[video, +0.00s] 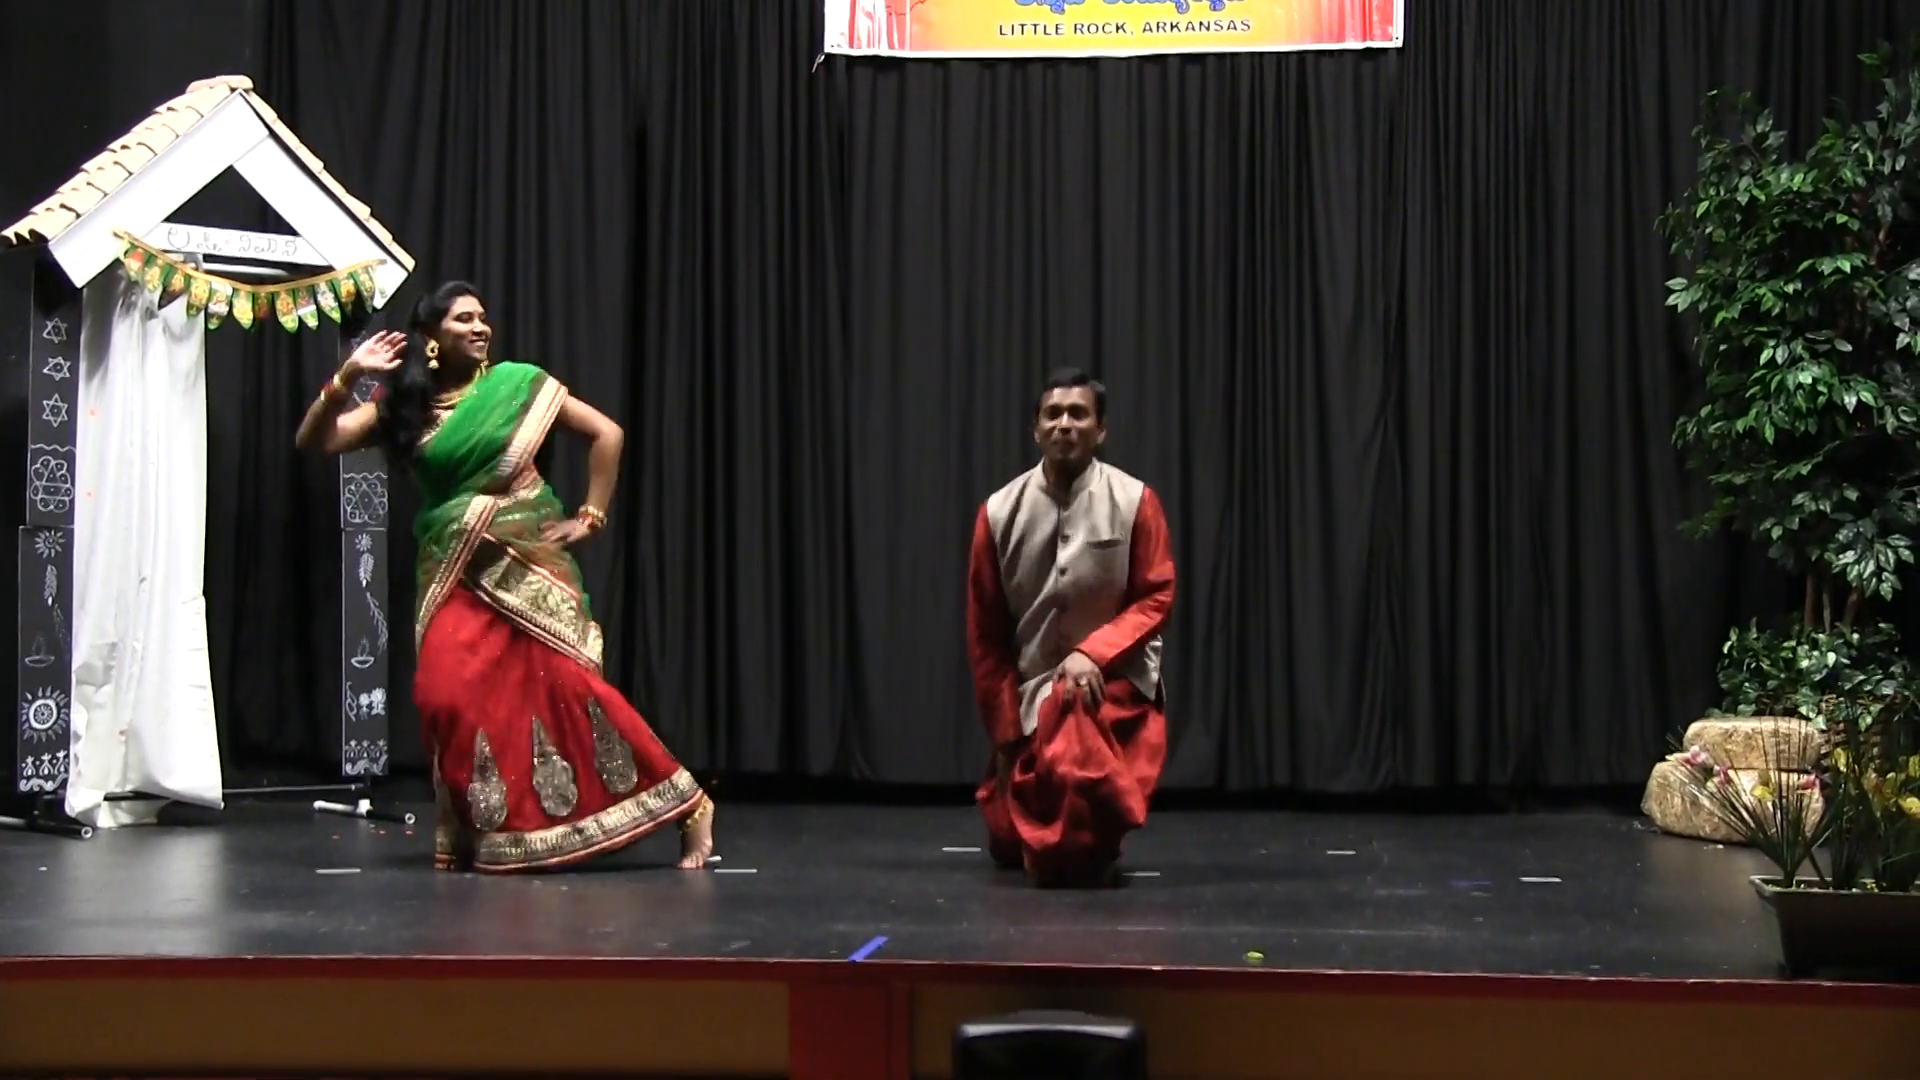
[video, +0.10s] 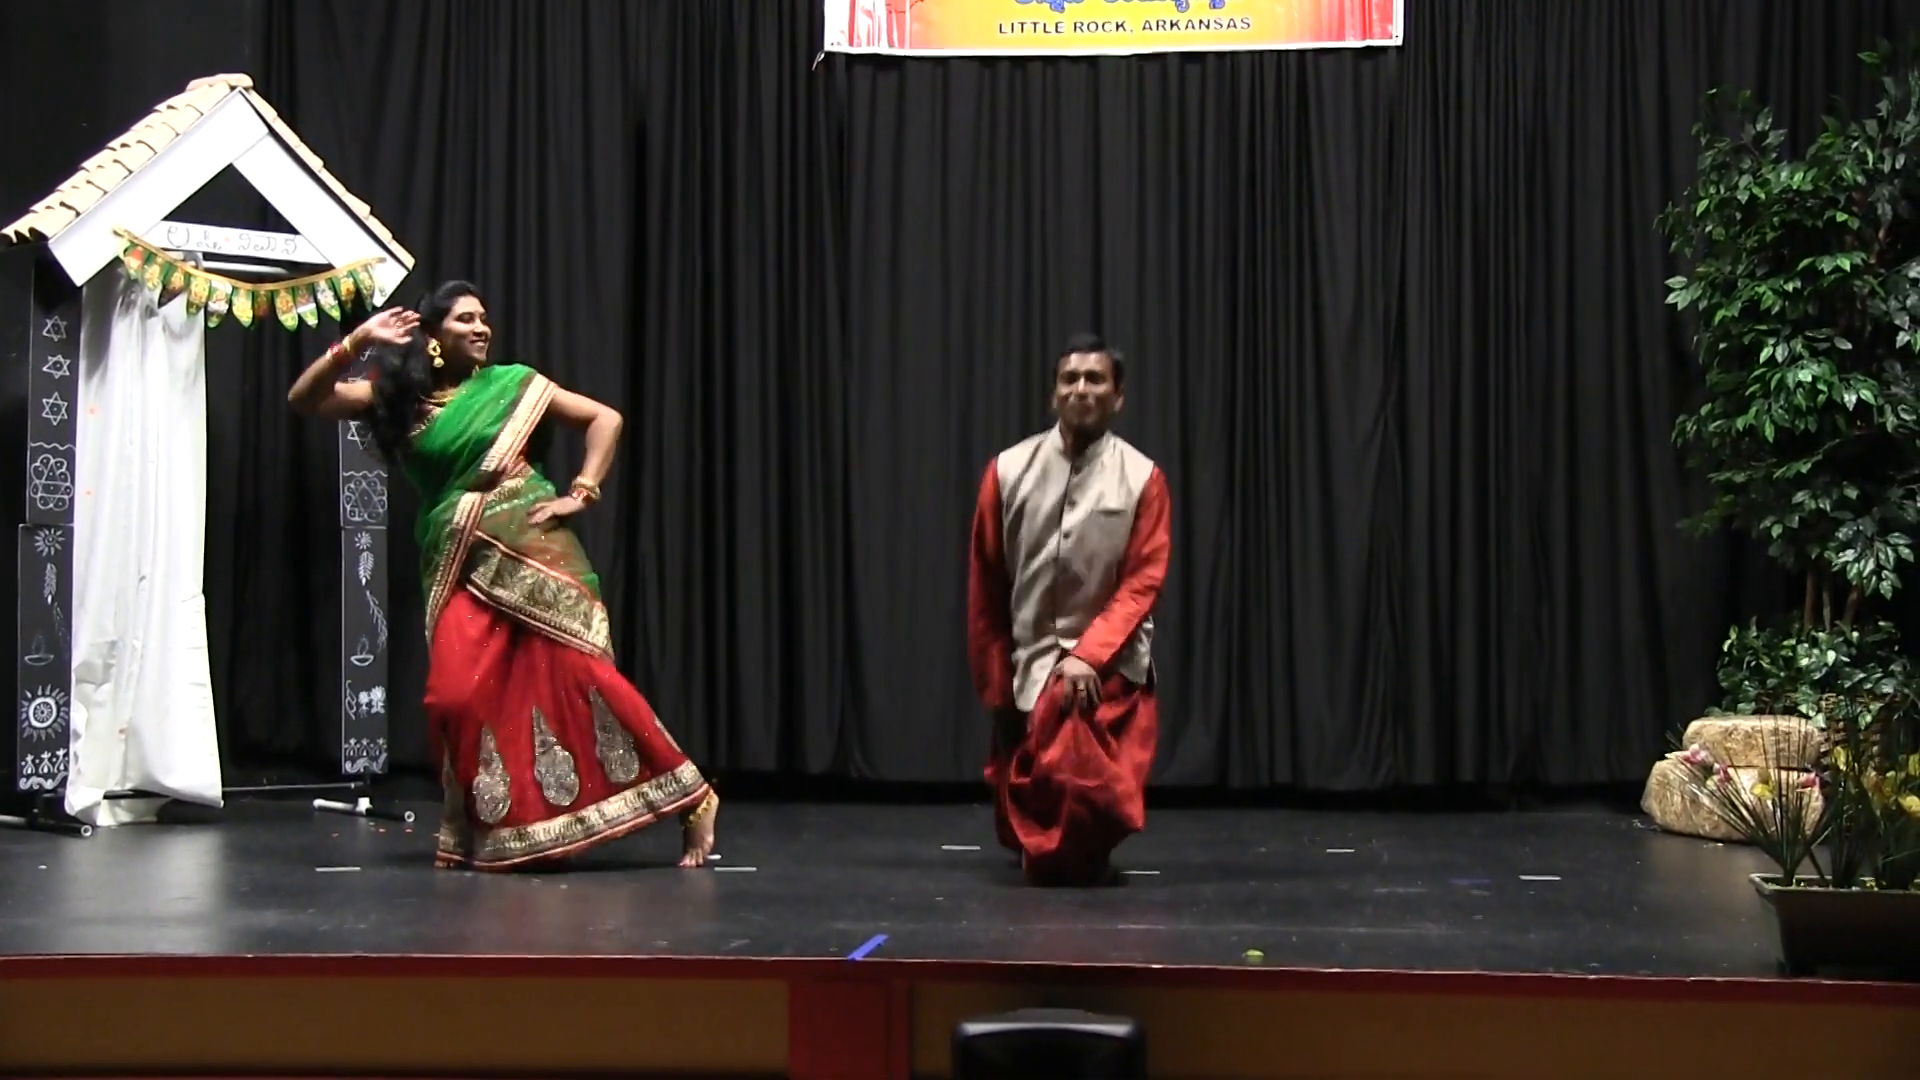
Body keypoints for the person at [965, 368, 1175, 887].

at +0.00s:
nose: (1064, 425)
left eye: (1078, 414)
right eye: (1053, 414)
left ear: (1100, 428)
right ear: (1037, 427)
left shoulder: (1133, 501)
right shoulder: (1000, 511)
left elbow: (1156, 596)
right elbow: (987, 631)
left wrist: (1091, 653)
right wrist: (1006, 731)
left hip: (1118, 682)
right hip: (1031, 692)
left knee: (1069, 699)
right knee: (1011, 840)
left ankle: (1090, 849)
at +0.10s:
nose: (1081, 389)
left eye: (1095, 379)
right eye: (1071, 379)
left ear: (1117, 397)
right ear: (1055, 393)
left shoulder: (1141, 478)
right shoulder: (1008, 471)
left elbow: (1143, 583)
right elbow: (987, 583)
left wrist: (1089, 655)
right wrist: (995, 682)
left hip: (1112, 655)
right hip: (1028, 659)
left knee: (1064, 706)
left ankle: (1082, 851)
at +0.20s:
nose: (1086, 335)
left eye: (1099, 325)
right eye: (1076, 324)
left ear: (1122, 344)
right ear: (1060, 338)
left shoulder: (1143, 432)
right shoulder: (1011, 414)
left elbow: (1141, 540)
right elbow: (982, 518)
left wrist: (1102, 629)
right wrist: (986, 617)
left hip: (1105, 603)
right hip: (1026, 602)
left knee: (1091, 712)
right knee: (1025, 725)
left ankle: (1084, 848)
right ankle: (1054, 838)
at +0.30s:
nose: (1076, 262)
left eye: (1088, 251)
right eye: (1065, 253)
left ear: (1111, 266)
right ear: (1049, 269)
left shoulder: (1142, 359)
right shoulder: (1010, 345)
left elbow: (1155, 469)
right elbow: (980, 451)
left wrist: (1120, 569)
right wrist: (983, 555)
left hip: (1105, 549)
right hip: (1025, 547)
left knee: (1097, 686)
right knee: (1027, 686)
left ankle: (1093, 845)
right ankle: (1051, 808)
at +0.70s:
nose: (1061, 305)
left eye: (1074, 293)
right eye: (1050, 294)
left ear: (1099, 305)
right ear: (1035, 304)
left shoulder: (1130, 396)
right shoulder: (997, 384)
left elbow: (1149, 511)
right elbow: (954, 479)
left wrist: (1126, 616)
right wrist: (997, 553)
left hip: (1097, 595)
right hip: (1013, 586)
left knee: (1120, 712)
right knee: (992, 708)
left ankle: (1115, 807)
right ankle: (999, 839)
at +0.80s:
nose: (1062, 379)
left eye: (1076, 366)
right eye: (1051, 367)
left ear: (1102, 377)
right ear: (1038, 377)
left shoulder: (1130, 468)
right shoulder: (998, 449)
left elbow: (1143, 584)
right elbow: (956, 551)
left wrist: (1124, 684)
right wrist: (1009, 620)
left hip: (1086, 627)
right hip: (1009, 621)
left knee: (1101, 720)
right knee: (980, 736)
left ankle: (1117, 817)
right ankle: (1004, 849)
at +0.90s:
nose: (1067, 430)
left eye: (1080, 417)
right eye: (1055, 418)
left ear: (1105, 429)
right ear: (1042, 429)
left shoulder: (1127, 519)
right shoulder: (997, 494)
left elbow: (1139, 637)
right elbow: (955, 589)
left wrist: (1121, 743)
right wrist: (1014, 637)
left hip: (1086, 669)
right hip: (1008, 660)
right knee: (1016, 692)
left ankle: (1115, 832)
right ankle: (1007, 851)